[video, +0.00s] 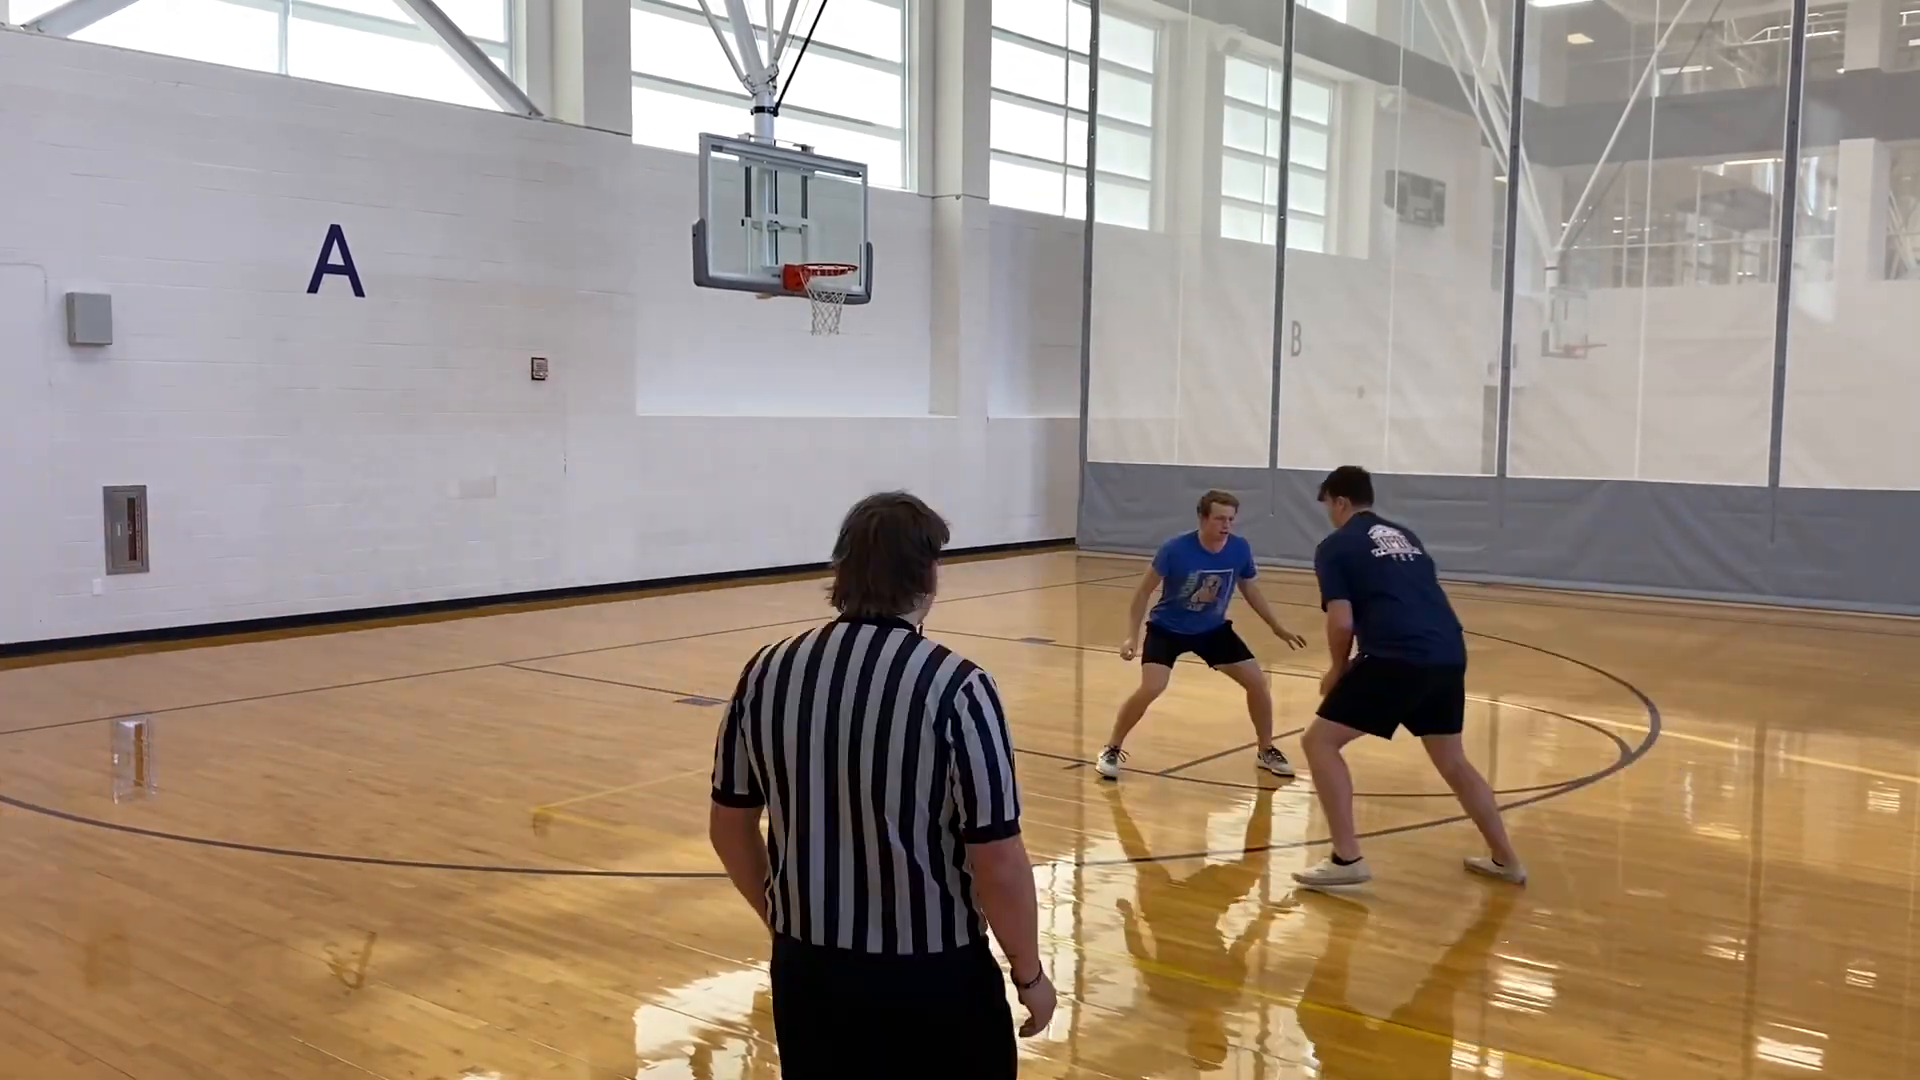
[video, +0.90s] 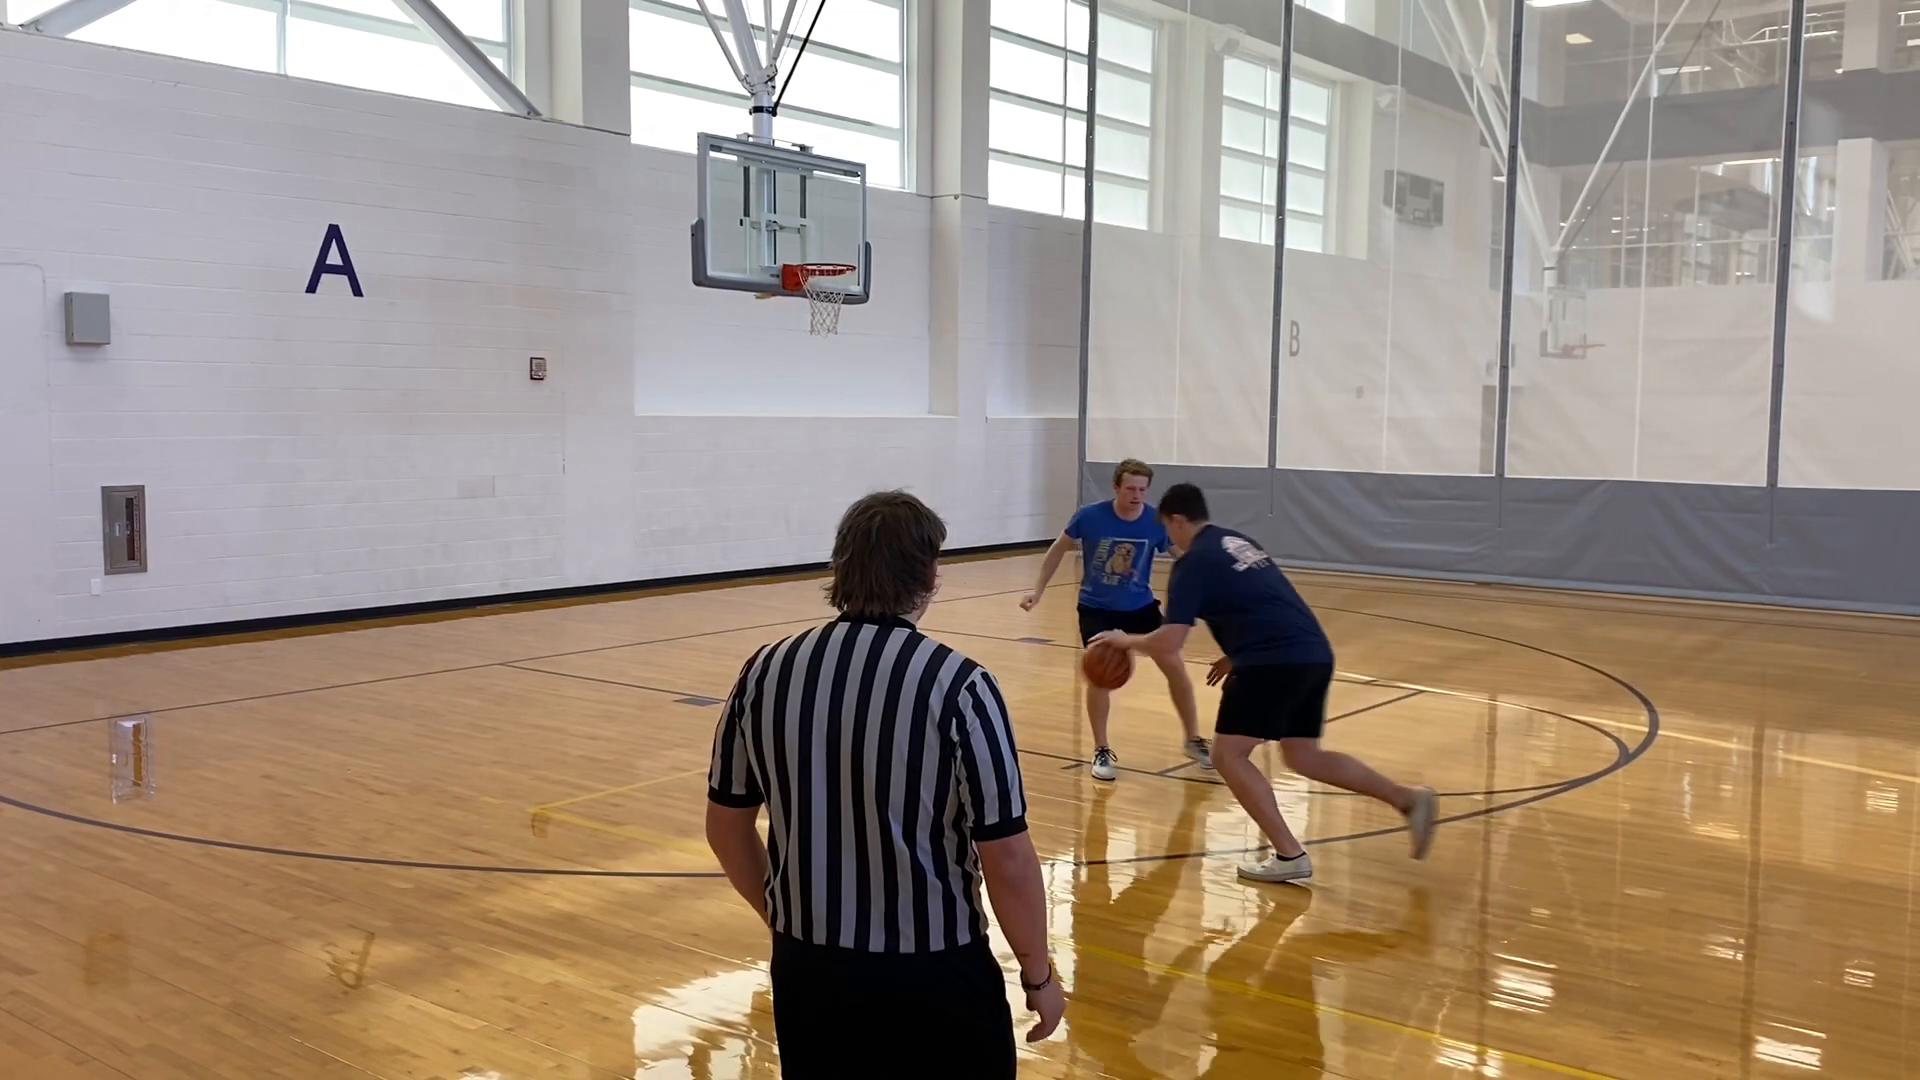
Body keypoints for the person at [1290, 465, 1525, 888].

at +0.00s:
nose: (1328, 512)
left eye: (1328, 504)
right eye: (1327, 504)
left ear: (1340, 503)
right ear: (1368, 503)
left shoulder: (1335, 546)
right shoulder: (1402, 533)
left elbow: (1342, 622)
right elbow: (1418, 602)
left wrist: (1337, 669)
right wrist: (1365, 656)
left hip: (1393, 660)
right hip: (1447, 660)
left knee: (1320, 742)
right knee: (1454, 762)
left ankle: (1347, 857)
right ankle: (1507, 859)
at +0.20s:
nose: (1305, 523)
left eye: (1304, 515)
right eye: (1305, 515)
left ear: (1316, 513)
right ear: (1343, 511)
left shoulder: (1316, 554)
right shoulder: (1371, 543)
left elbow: (1324, 622)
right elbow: (1385, 622)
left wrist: (1297, 669)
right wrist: (1332, 664)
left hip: (1378, 667)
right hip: (1431, 665)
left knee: (1296, 741)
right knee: (1445, 766)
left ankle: (1310, 857)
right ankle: (1507, 859)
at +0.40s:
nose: (1268, 527)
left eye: (1268, 518)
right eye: (1266, 519)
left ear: (1279, 515)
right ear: (1305, 514)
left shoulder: (1286, 554)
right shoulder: (1333, 543)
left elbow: (1293, 616)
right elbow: (1334, 624)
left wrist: (1243, 643)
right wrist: (1274, 656)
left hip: (1351, 665)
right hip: (1405, 663)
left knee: (1269, 740)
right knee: (1442, 769)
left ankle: (1291, 856)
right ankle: (1506, 858)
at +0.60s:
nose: (1227, 528)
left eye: (1226, 520)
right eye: (1226, 520)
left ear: (1240, 517)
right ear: (1261, 514)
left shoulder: (1251, 555)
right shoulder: (1292, 542)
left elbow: (1248, 622)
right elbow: (1315, 607)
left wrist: (1197, 626)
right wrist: (1266, 643)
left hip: (1315, 666)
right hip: (1366, 662)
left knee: (1250, 747)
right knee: (1411, 761)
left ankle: (1292, 858)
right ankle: (1492, 844)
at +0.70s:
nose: (1205, 529)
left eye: (1205, 521)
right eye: (1204, 522)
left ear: (1217, 518)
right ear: (1240, 514)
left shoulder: (1232, 559)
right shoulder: (1272, 541)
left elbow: (1221, 629)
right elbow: (1299, 605)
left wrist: (1174, 621)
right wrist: (1254, 646)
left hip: (1298, 665)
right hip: (1347, 659)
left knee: (1241, 750)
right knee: (1381, 760)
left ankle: (1292, 858)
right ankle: (1474, 834)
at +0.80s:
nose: (1185, 531)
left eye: (1184, 524)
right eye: (1184, 524)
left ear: (1196, 520)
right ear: (1220, 515)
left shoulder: (1212, 562)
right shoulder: (1252, 541)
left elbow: (1196, 637)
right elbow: (1285, 607)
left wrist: (1150, 626)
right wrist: (1247, 652)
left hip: (1283, 664)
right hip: (1330, 658)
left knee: (1235, 754)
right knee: (1344, 760)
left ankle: (1291, 856)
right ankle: (1447, 817)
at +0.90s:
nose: (1168, 535)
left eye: (1168, 527)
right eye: (1168, 527)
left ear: (1179, 522)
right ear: (1200, 516)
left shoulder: (1192, 563)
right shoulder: (1236, 541)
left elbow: (1171, 641)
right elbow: (1267, 603)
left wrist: (1125, 639)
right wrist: (1235, 654)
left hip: (1268, 663)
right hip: (1313, 658)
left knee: (1228, 757)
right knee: (1303, 756)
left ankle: (1291, 855)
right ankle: (1408, 800)